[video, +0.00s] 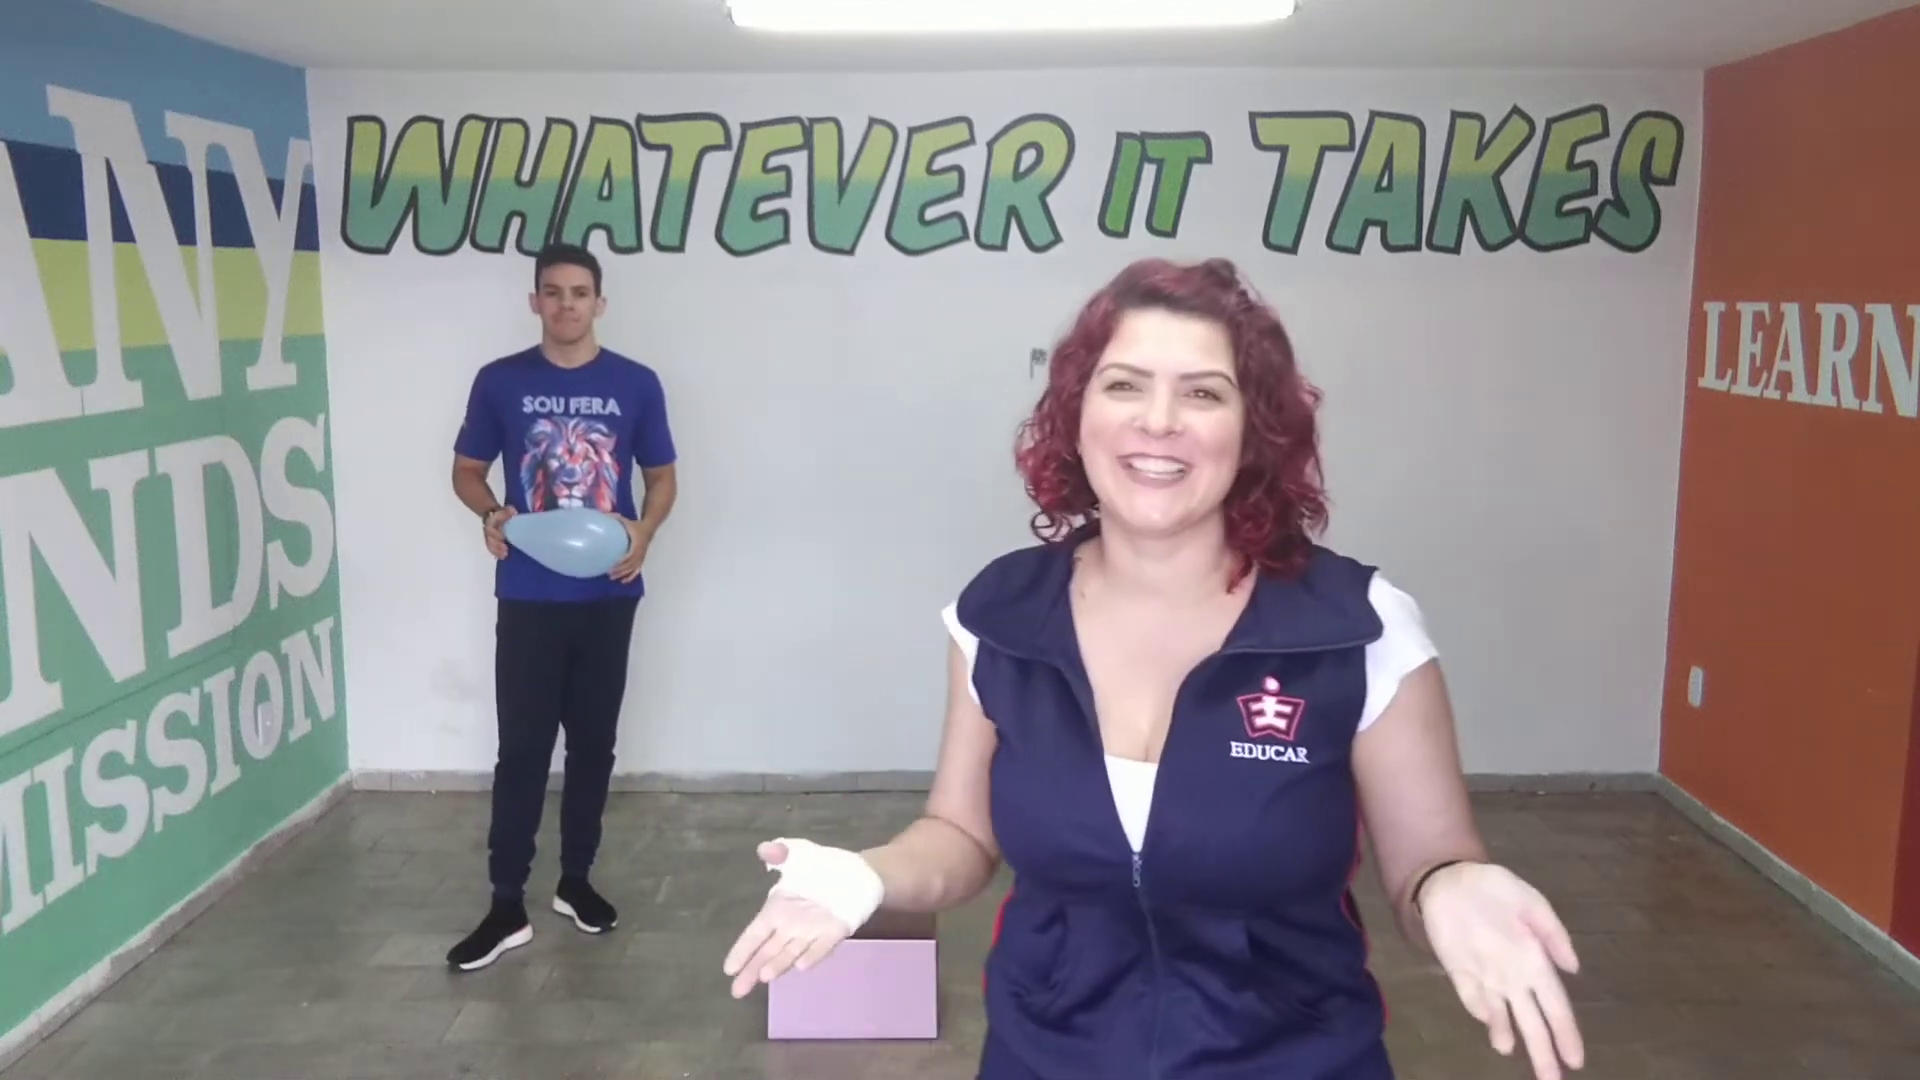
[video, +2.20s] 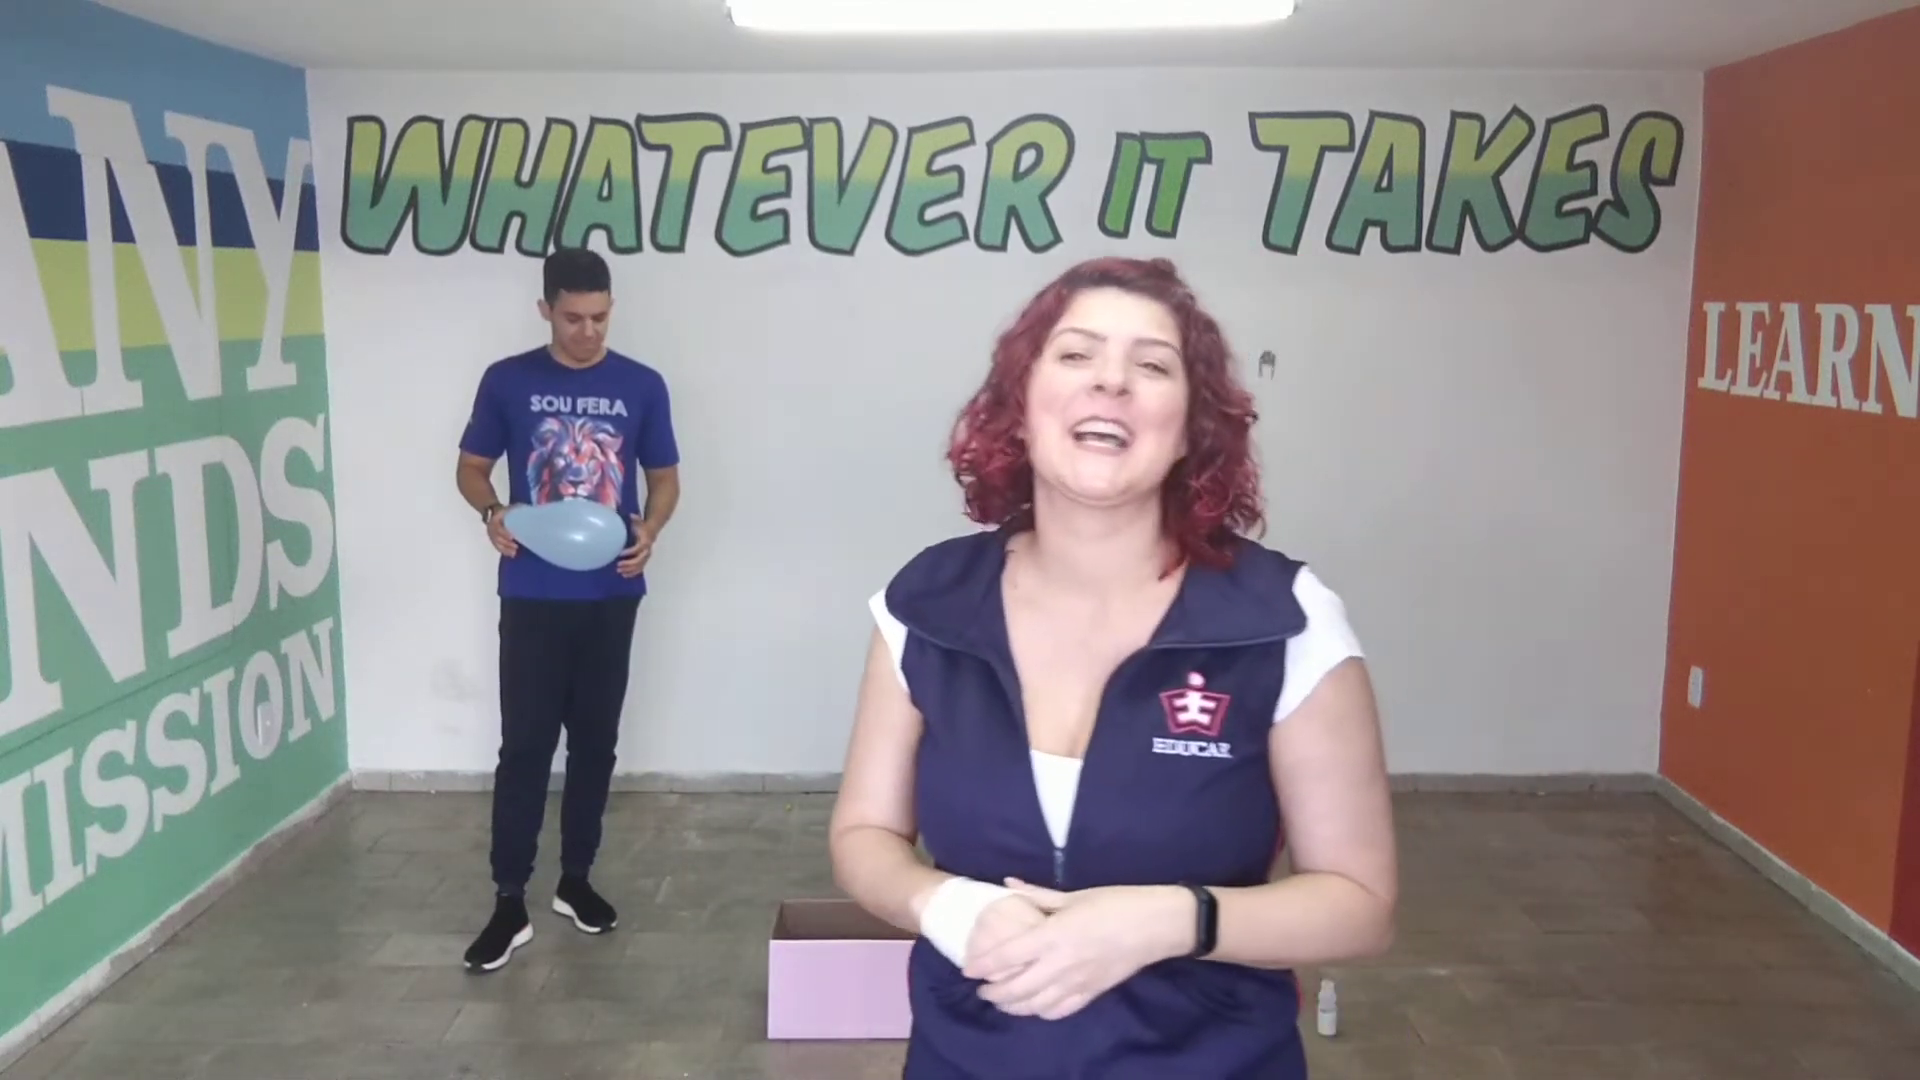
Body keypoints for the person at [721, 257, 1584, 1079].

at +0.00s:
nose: (1156, 422)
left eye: (1200, 393)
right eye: (1124, 386)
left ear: (1254, 430)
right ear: (1075, 411)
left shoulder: (1356, 627)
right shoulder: (1003, 613)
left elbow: (1430, 871)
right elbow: (958, 833)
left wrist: (1453, 882)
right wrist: (865, 876)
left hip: (1286, 1050)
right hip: (1050, 1048)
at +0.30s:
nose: (1223, 431)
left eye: (1269, 398)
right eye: (1191, 393)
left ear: (1326, 435)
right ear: (1141, 421)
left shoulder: (1439, 652)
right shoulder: (1088, 615)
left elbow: (1540, 922)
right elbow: (1064, 828)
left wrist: (1465, 958)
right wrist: (943, 862)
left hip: (1335, 1057)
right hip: (1111, 1053)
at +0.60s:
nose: (1278, 443)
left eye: (1324, 405)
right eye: (1241, 406)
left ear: (1389, 434)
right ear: (1197, 433)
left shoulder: (1504, 662)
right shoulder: (1137, 612)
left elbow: (1577, 960)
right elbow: (1070, 811)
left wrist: (1389, 991)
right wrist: (1057, 868)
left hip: (1389, 1063)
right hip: (1142, 1060)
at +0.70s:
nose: (1285, 456)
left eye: (1327, 413)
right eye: (1245, 418)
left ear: (1395, 434)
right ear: (1203, 443)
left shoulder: (1519, 655)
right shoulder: (1141, 616)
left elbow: (1589, 951)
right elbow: (1054, 842)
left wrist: (1384, 974)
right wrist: (1137, 911)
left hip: (1401, 1063)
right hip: (1154, 1059)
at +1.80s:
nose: (1205, 440)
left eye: (1244, 399)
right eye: (1165, 405)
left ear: (1303, 416)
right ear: (1120, 433)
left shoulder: (1409, 622)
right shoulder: (1049, 614)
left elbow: (1487, 898)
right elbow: (956, 881)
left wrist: (1362, 912)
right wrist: (1135, 910)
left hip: (1336, 1062)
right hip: (1091, 1060)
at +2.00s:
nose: (1157, 408)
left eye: (1199, 381)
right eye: (1121, 379)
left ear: (1254, 415)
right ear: (1073, 413)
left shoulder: (1349, 627)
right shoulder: (993, 609)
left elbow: (1430, 909)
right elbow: (907, 866)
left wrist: (1268, 919)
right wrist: (1052, 911)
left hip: (1271, 1062)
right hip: (1027, 1059)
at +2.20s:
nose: (1111, 383)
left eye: (1152, 367)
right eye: (1075, 355)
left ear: (1193, 424)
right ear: (1020, 398)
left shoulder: (1281, 619)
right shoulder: (932, 599)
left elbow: (1360, 903)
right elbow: (864, 835)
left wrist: (1165, 920)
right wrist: (955, 910)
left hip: (1206, 1060)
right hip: (968, 1057)